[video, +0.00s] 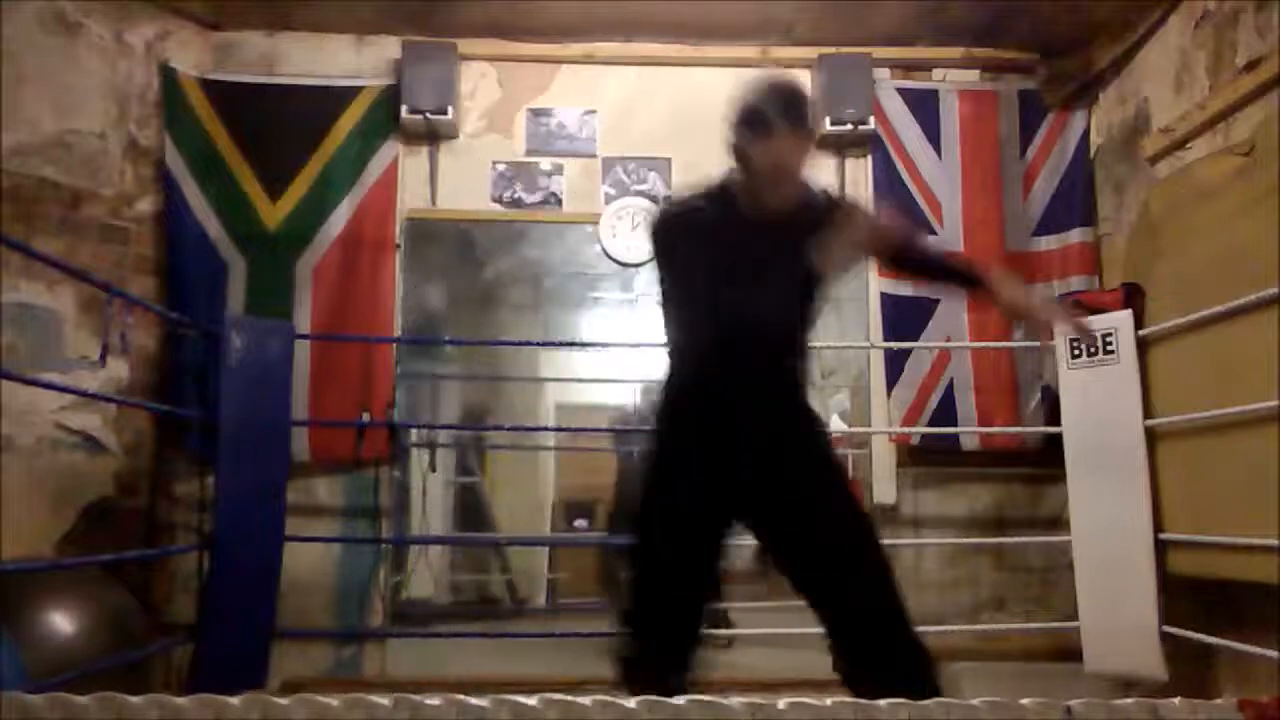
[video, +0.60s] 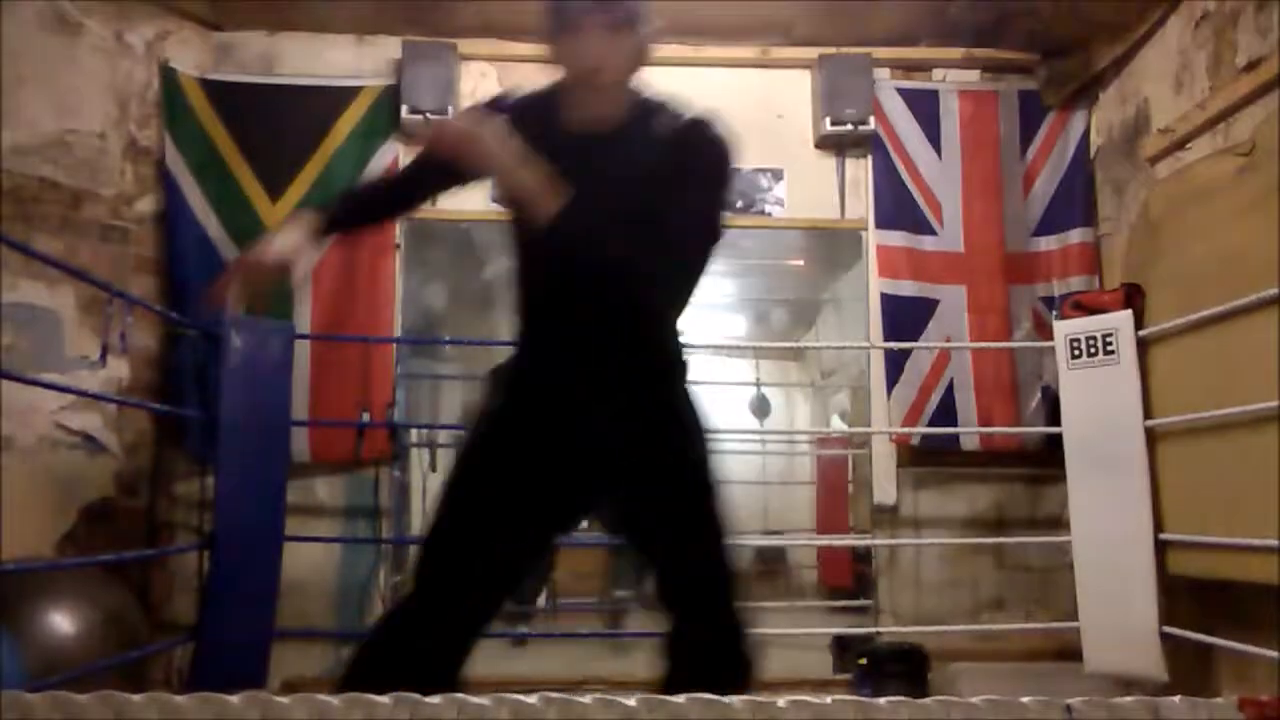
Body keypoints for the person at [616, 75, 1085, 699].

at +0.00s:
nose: (791, 159)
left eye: (800, 144)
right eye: (780, 142)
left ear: (807, 146)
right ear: (746, 142)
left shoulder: (824, 219)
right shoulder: (683, 226)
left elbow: (917, 260)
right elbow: (719, 308)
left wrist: (1009, 294)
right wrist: (812, 255)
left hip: (783, 448)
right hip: (691, 450)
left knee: (864, 606)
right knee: (657, 639)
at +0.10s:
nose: (837, 201)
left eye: (848, 185)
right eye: (822, 182)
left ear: (863, 186)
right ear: (789, 179)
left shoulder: (864, 267)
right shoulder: (720, 267)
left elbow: (933, 358)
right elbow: (727, 402)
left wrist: (1013, 414)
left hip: (820, 474)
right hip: (726, 482)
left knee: (914, 663)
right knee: (747, 678)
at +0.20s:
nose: (852, 205)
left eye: (865, 190)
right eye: (837, 190)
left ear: (880, 186)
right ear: (801, 178)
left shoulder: (881, 278)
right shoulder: (724, 262)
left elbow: (903, 388)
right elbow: (714, 402)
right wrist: (727, 518)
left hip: (827, 463)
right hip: (734, 468)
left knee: (912, 652)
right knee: (765, 664)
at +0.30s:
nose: (826, 177)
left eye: (838, 163)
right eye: (813, 159)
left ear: (854, 158)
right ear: (783, 148)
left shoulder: (868, 246)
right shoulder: (716, 216)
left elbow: (872, 380)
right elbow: (627, 262)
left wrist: (794, 365)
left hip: (813, 446)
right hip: (715, 445)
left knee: (893, 631)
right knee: (709, 645)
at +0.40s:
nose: (737, 87)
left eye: (755, 72)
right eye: (728, 69)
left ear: (779, 80)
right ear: (706, 73)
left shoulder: (808, 170)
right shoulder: (658, 147)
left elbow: (778, 280)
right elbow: (548, 159)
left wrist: (671, 186)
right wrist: (470, 209)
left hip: (764, 395)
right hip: (665, 393)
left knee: (826, 567)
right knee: (598, 551)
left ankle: (889, 712)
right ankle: (600, 707)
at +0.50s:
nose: (662, 43)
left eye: (683, 24)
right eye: (647, 24)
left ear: (711, 34)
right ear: (626, 35)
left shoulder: (756, 127)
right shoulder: (589, 105)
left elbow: (714, 247)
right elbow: (474, 138)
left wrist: (604, 162)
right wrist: (370, 187)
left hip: (711, 381)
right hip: (606, 380)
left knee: (790, 566)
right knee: (520, 560)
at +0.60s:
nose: (595, 45)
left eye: (615, 26)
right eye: (579, 26)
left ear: (641, 39)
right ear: (555, 38)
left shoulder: (687, 148)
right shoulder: (520, 125)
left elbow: (654, 285)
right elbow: (413, 184)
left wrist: (516, 168)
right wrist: (313, 226)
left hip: (644, 410)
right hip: (537, 406)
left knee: (708, 618)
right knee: (446, 603)